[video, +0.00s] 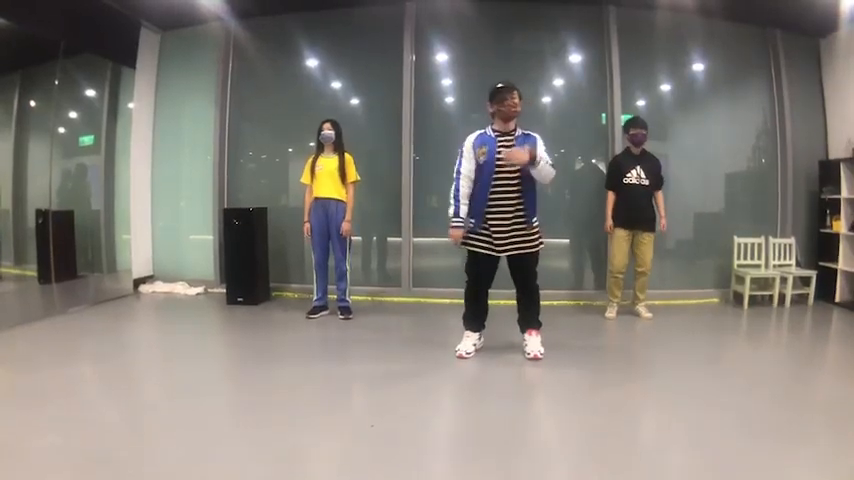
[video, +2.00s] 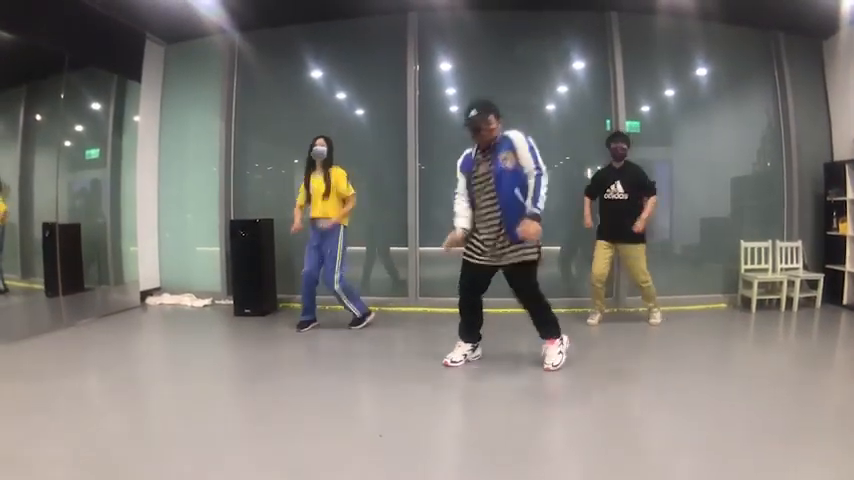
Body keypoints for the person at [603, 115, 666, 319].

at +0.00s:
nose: (638, 138)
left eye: (642, 135)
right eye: (634, 135)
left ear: (647, 136)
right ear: (627, 135)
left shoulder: (653, 162)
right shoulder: (617, 162)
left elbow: (658, 191)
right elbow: (611, 191)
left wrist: (662, 216)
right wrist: (608, 217)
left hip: (645, 223)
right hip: (621, 223)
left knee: (644, 267)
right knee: (617, 267)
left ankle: (639, 302)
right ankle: (613, 302)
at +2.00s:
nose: (618, 149)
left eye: (622, 146)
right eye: (614, 146)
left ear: (628, 149)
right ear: (609, 148)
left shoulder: (635, 172)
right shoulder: (602, 174)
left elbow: (651, 197)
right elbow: (588, 194)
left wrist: (643, 218)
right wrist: (587, 216)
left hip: (631, 235)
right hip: (606, 234)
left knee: (641, 277)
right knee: (597, 276)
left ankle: (653, 308)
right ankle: (597, 310)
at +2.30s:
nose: (639, 144)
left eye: (642, 140)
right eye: (634, 141)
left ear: (645, 142)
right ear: (626, 143)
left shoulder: (642, 169)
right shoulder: (618, 164)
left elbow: (642, 198)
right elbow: (604, 193)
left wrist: (651, 219)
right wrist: (612, 220)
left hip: (635, 228)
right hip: (614, 228)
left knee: (643, 270)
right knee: (603, 271)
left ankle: (640, 309)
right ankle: (586, 306)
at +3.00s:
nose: (609, 151)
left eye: (612, 148)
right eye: (605, 148)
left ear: (619, 148)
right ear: (600, 149)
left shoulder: (626, 171)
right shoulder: (597, 173)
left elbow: (646, 194)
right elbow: (589, 194)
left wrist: (637, 216)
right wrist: (583, 213)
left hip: (629, 234)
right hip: (604, 234)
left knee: (642, 275)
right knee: (596, 274)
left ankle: (656, 306)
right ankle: (597, 309)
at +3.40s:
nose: (635, 139)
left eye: (637, 135)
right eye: (630, 136)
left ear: (641, 138)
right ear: (621, 139)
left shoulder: (641, 167)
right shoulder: (613, 163)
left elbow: (641, 195)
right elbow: (601, 192)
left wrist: (648, 219)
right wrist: (606, 222)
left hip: (634, 227)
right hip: (612, 226)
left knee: (638, 270)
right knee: (602, 271)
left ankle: (633, 307)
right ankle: (589, 307)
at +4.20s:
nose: (606, 150)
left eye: (609, 146)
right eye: (602, 146)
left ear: (615, 149)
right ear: (596, 149)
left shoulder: (623, 171)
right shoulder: (589, 173)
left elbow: (641, 193)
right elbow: (578, 195)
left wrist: (628, 217)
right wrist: (580, 218)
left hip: (621, 234)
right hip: (596, 234)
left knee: (632, 276)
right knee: (590, 276)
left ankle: (649, 308)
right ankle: (589, 311)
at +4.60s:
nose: (632, 146)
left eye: (635, 142)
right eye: (628, 142)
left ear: (638, 143)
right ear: (618, 142)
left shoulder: (630, 165)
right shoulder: (607, 163)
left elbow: (628, 194)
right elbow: (587, 186)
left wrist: (639, 212)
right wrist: (593, 211)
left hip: (626, 228)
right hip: (603, 228)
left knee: (632, 272)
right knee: (597, 272)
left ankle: (628, 310)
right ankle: (584, 309)